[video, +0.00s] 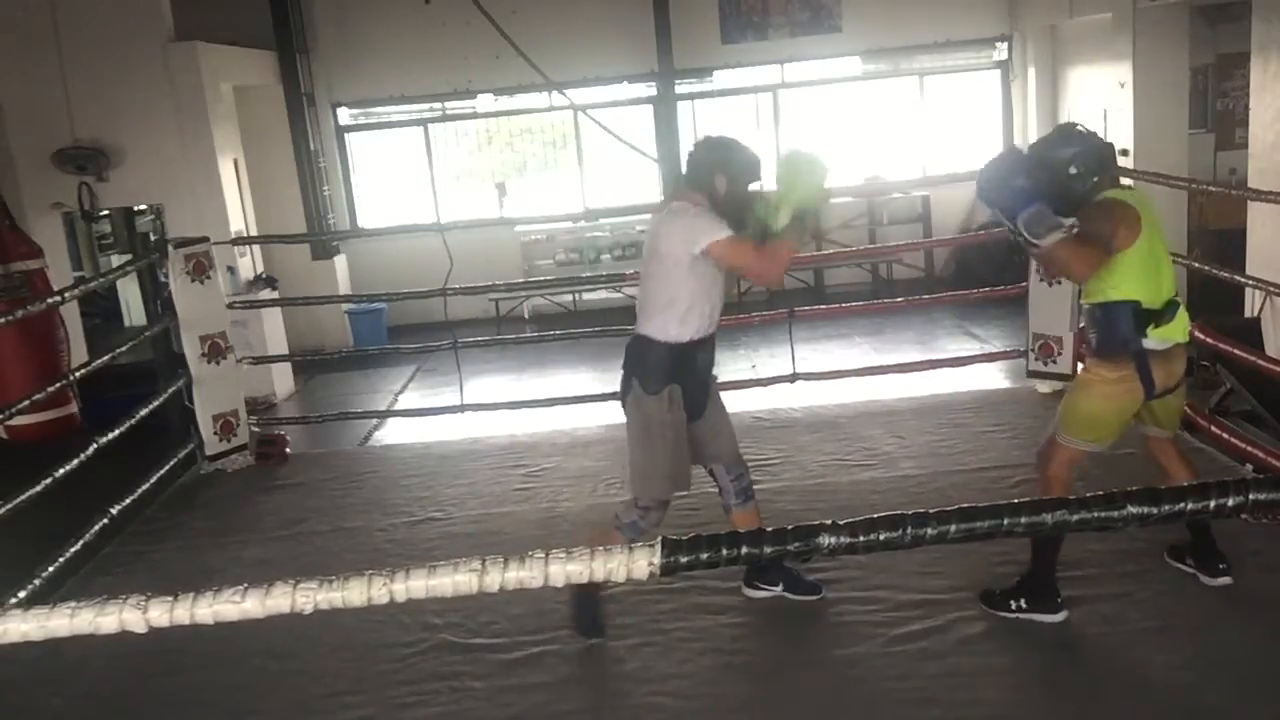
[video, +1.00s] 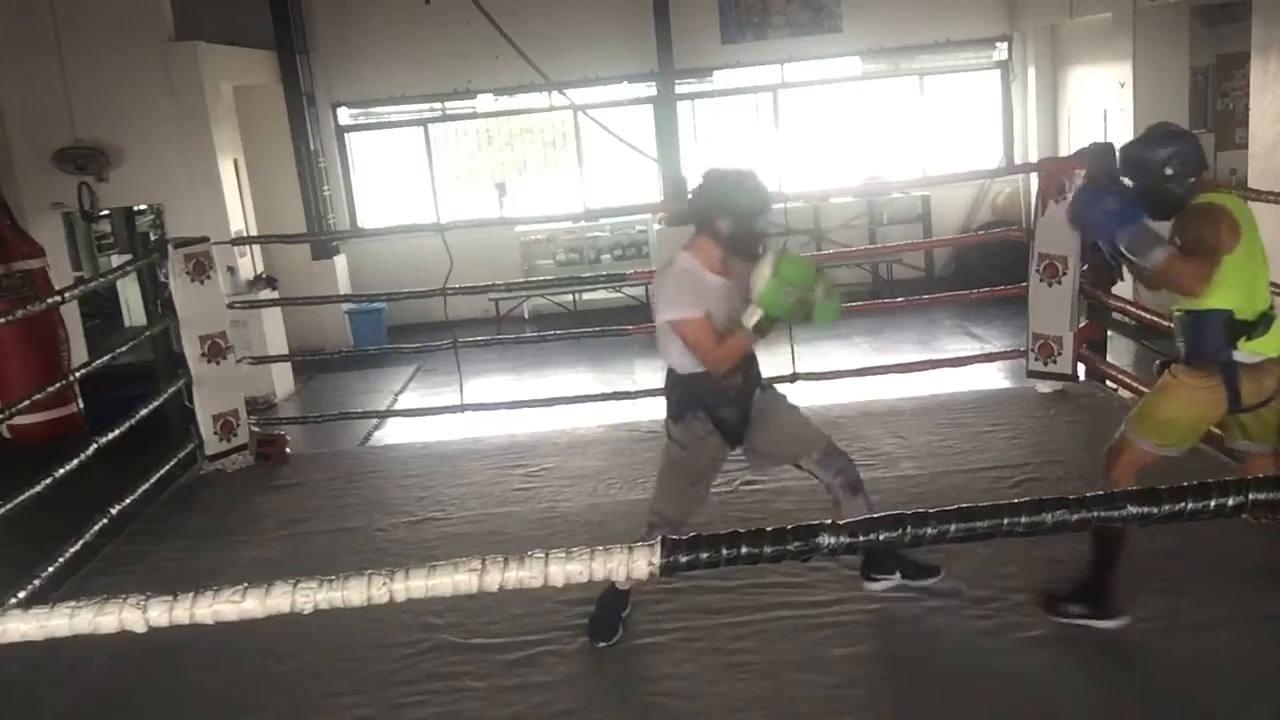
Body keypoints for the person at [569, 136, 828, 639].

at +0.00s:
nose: (743, 193)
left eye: (745, 184)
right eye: (739, 184)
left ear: (705, 177)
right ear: (716, 179)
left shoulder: (690, 216)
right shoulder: (687, 222)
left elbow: (749, 260)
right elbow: (768, 269)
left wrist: (767, 217)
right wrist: (795, 211)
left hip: (689, 368)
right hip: (656, 372)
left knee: (732, 472)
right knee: (651, 500)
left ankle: (760, 567)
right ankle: (586, 575)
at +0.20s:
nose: (725, 199)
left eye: (728, 189)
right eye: (719, 189)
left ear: (700, 188)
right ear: (692, 185)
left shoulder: (703, 237)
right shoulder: (652, 241)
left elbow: (747, 262)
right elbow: (701, 310)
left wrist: (759, 206)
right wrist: (739, 259)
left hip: (696, 378)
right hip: (650, 384)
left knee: (763, 469)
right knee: (647, 507)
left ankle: (773, 559)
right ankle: (611, 597)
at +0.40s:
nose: (743, 214)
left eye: (745, 205)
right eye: (736, 204)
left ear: (723, 201)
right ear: (707, 202)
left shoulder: (726, 239)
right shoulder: (656, 256)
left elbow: (764, 296)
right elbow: (689, 335)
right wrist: (736, 301)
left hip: (728, 379)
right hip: (673, 388)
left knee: (796, 469)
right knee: (648, 508)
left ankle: (846, 555)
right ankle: (612, 599)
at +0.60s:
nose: (803, 294)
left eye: (802, 283)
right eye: (793, 285)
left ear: (769, 288)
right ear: (756, 290)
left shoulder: (792, 326)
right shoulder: (703, 336)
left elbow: (824, 364)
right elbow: (727, 413)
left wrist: (858, 370)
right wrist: (785, 379)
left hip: (769, 429)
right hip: (707, 441)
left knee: (855, 480)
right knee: (663, 520)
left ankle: (901, 566)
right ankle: (616, 594)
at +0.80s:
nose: (778, 278)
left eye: (777, 269)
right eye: (770, 270)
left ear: (751, 271)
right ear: (737, 275)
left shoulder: (767, 306)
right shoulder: (687, 334)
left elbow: (790, 356)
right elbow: (725, 409)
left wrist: (831, 369)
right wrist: (767, 360)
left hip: (764, 429)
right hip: (705, 446)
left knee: (853, 482)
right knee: (669, 536)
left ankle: (897, 567)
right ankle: (620, 593)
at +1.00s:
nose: (763, 231)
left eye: (763, 220)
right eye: (755, 220)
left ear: (724, 220)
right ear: (725, 220)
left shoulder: (738, 263)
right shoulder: (676, 285)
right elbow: (716, 358)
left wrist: (797, 296)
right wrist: (767, 317)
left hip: (750, 394)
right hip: (697, 410)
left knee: (837, 467)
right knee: (667, 524)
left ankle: (878, 562)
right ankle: (619, 594)